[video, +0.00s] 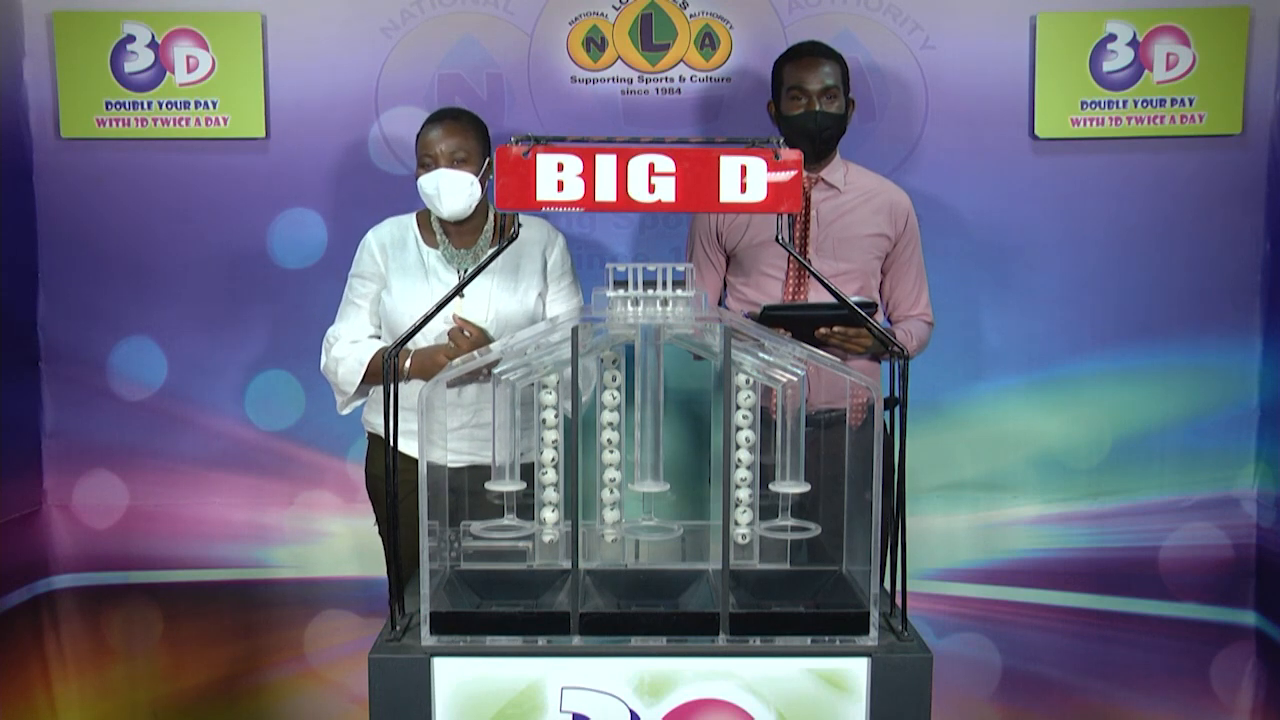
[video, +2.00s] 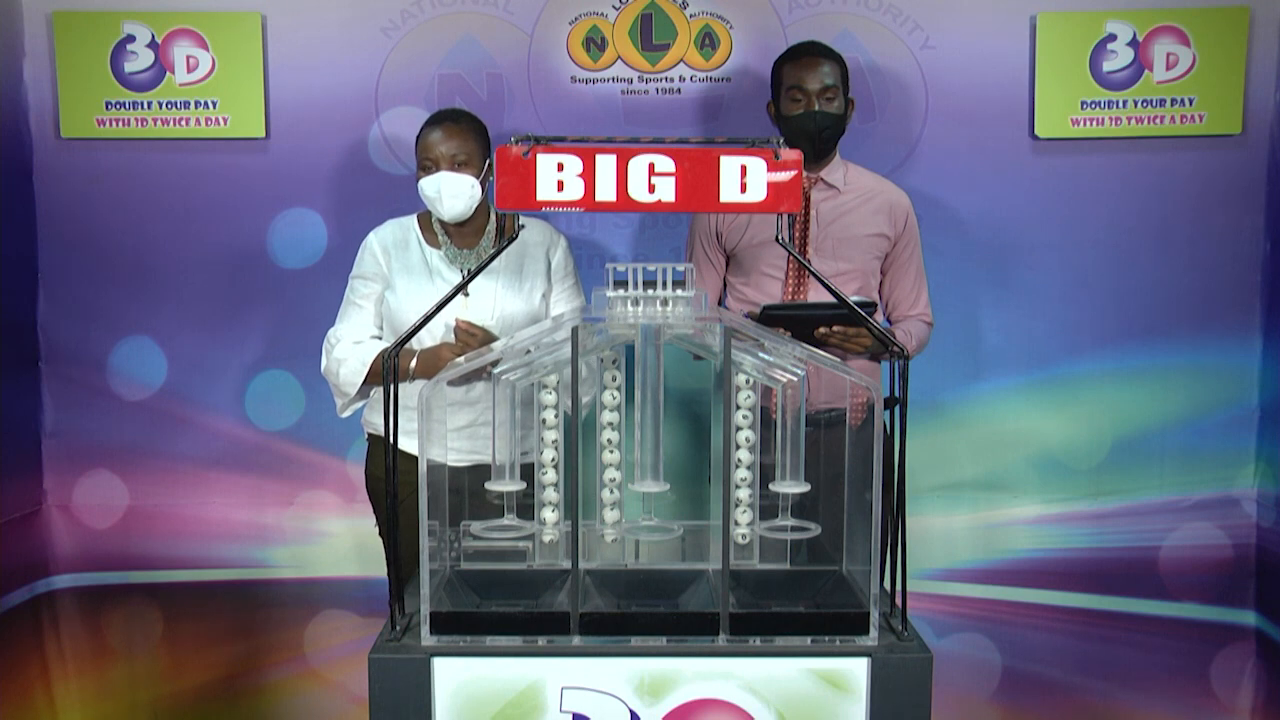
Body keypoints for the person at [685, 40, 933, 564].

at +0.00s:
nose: (814, 109)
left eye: (829, 95)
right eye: (796, 96)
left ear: (848, 107)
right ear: (774, 109)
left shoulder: (888, 205)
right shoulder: (727, 201)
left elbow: (915, 321)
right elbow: (695, 319)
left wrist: (876, 341)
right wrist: (757, 338)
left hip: (842, 417)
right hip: (751, 418)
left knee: (844, 581)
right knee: (752, 580)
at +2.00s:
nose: (813, 108)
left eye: (828, 94)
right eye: (796, 95)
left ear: (848, 108)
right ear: (774, 109)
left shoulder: (888, 204)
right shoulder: (726, 200)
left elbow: (914, 320)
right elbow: (696, 318)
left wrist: (876, 342)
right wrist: (761, 340)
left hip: (843, 416)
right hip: (752, 416)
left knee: (844, 580)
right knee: (753, 578)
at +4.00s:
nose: (813, 107)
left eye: (828, 94)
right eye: (796, 95)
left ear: (848, 108)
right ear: (774, 109)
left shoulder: (887, 205)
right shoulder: (726, 200)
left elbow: (915, 320)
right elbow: (696, 318)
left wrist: (876, 341)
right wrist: (760, 337)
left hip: (843, 417)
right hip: (752, 417)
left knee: (844, 581)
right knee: (753, 579)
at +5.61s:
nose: (814, 107)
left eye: (829, 94)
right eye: (796, 95)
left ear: (848, 108)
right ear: (774, 109)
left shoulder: (888, 205)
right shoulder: (727, 200)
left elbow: (914, 321)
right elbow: (695, 317)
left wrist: (876, 341)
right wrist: (758, 335)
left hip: (844, 416)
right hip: (752, 416)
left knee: (845, 580)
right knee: (753, 579)